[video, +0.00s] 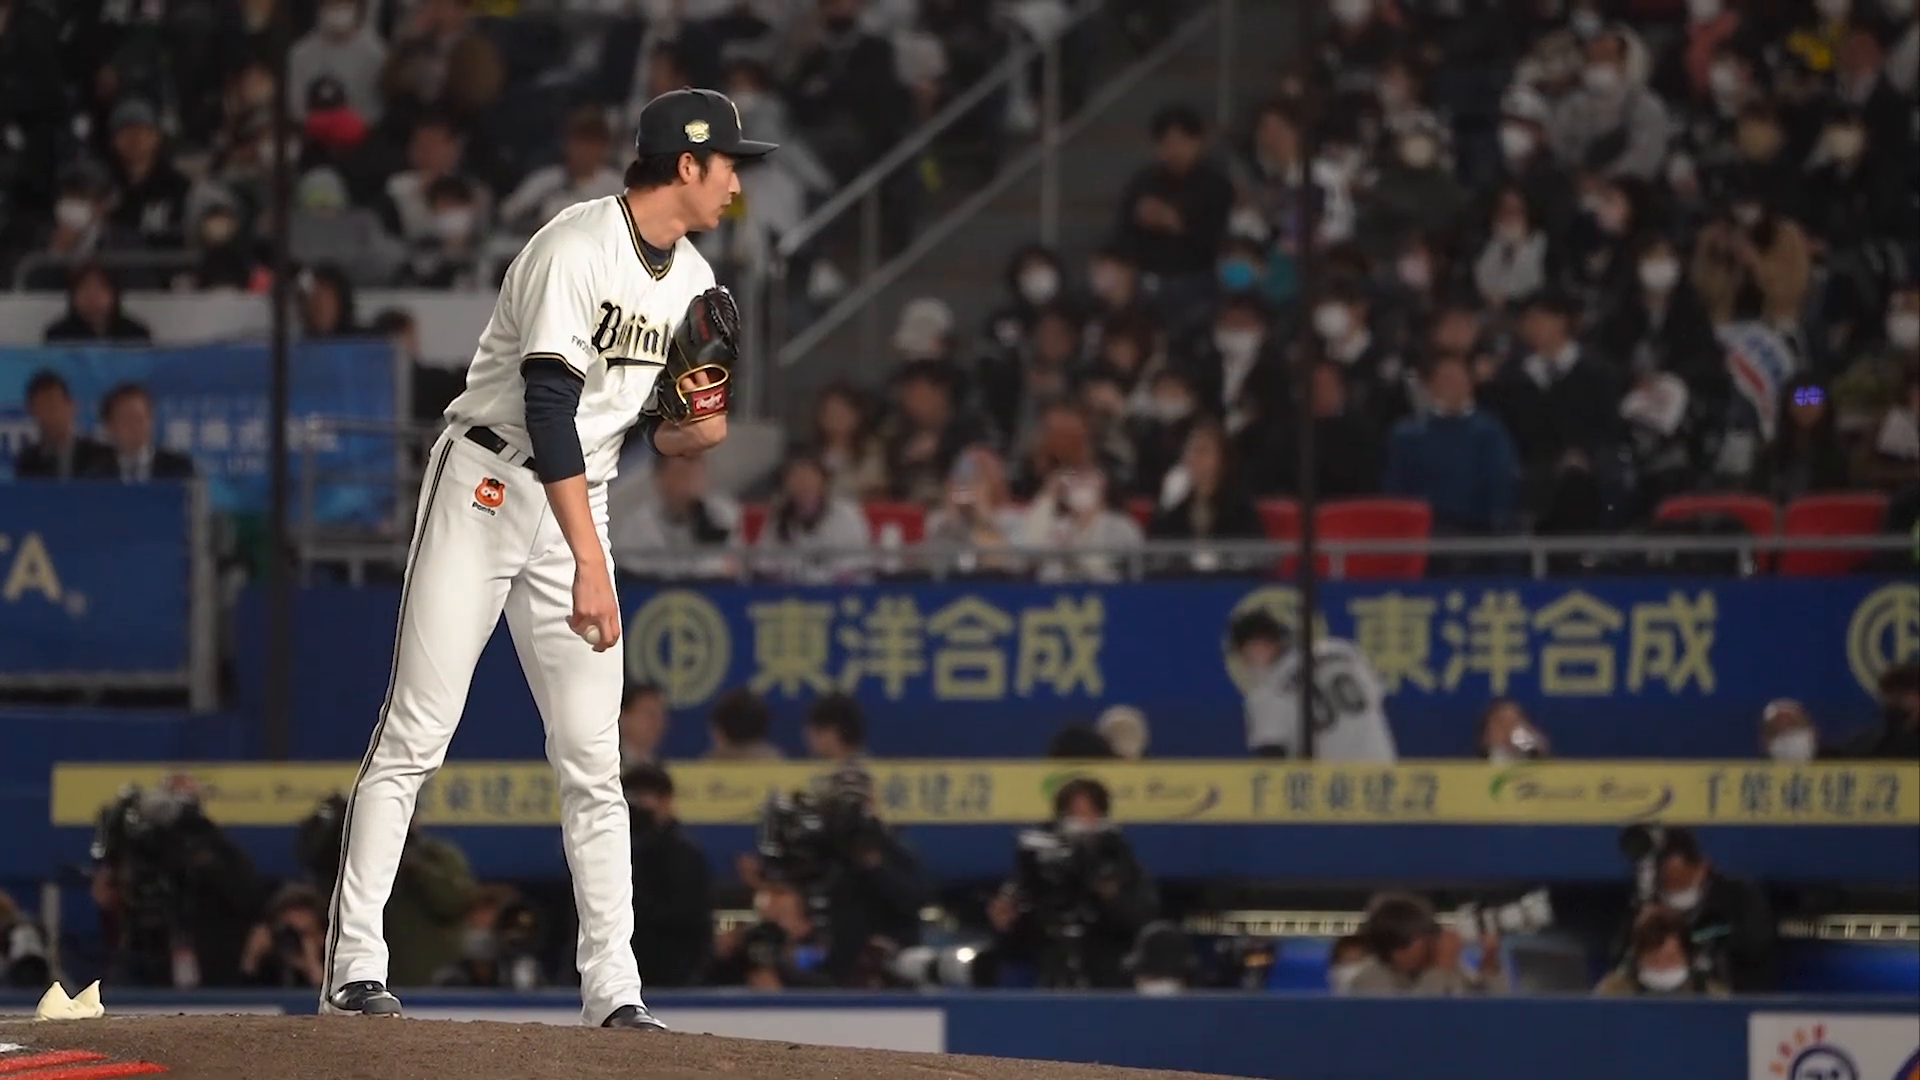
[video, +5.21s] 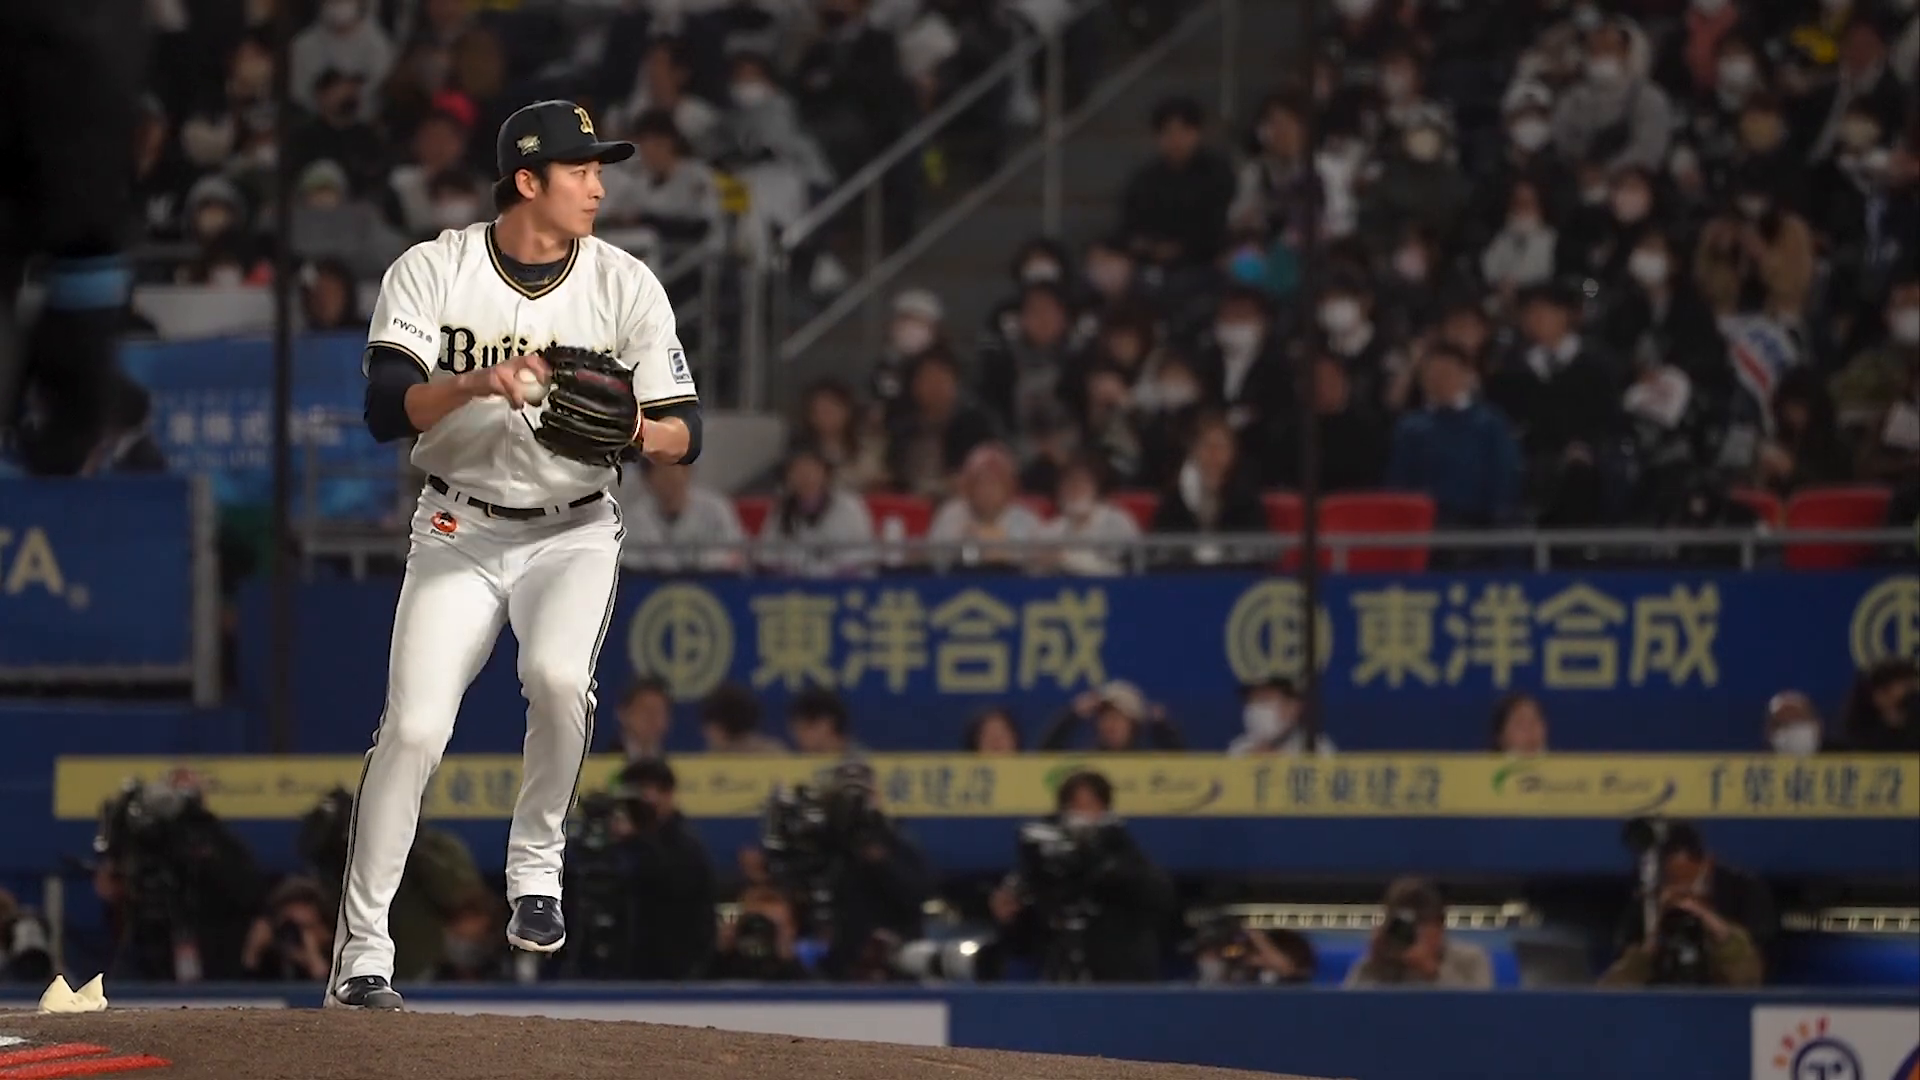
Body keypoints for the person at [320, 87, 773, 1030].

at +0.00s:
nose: (738, 182)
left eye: (737, 165)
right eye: (728, 164)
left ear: (688, 168)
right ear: (686, 166)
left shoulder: (695, 277)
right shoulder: (576, 247)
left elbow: (664, 424)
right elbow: (547, 408)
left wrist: (692, 431)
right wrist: (589, 560)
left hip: (583, 507)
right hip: (485, 482)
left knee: (592, 760)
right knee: (417, 729)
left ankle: (614, 995)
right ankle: (354, 965)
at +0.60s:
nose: (679, 144)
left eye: (683, 129)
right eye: (662, 126)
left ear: (672, 142)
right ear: (605, 128)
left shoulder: (686, 265)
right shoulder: (511, 218)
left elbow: (681, 401)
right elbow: (447, 365)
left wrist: (710, 439)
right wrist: (549, 466)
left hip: (578, 511)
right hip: (470, 492)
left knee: (599, 754)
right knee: (410, 730)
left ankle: (616, 985)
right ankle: (357, 955)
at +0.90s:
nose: (541, 114)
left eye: (552, 100)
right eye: (520, 98)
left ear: (565, 121)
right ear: (475, 112)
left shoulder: (603, 234)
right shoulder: (407, 213)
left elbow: (639, 385)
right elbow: (343, 362)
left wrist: (597, 367)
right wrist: (458, 347)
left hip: (540, 500)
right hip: (423, 489)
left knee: (584, 745)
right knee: (398, 724)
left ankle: (616, 986)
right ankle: (357, 959)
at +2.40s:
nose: (475, 110)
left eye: (490, 94)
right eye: (455, 94)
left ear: (515, 111)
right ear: (422, 113)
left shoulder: (558, 199)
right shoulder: (374, 199)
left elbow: (567, 254)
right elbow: (374, 247)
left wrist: (542, 273)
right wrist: (439, 261)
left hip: (517, 493)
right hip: (399, 492)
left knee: (581, 734)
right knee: (379, 725)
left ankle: (637, 963)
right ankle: (357, 962)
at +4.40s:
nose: (590, 132)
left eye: (593, 116)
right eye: (572, 116)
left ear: (590, 131)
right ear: (518, 126)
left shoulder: (626, 235)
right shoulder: (429, 221)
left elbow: (658, 373)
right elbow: (407, 345)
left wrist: (587, 277)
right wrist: (490, 248)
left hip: (567, 512)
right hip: (449, 504)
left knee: (604, 747)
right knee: (412, 723)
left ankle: (645, 970)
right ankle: (361, 955)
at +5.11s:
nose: (594, 146)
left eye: (596, 130)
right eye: (577, 129)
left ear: (584, 142)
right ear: (520, 137)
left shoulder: (624, 244)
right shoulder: (428, 223)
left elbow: (656, 386)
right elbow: (395, 354)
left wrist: (603, 317)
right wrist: (497, 276)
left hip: (569, 509)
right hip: (449, 503)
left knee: (595, 732)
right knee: (409, 721)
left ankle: (612, 945)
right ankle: (360, 957)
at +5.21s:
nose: (600, 183)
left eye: (600, 168)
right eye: (582, 168)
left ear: (584, 181)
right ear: (526, 180)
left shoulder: (627, 285)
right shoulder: (430, 268)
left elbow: (683, 434)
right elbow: (386, 409)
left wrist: (635, 430)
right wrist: (481, 382)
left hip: (575, 529)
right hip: (458, 529)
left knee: (557, 678)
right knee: (413, 729)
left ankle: (537, 861)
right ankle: (363, 948)